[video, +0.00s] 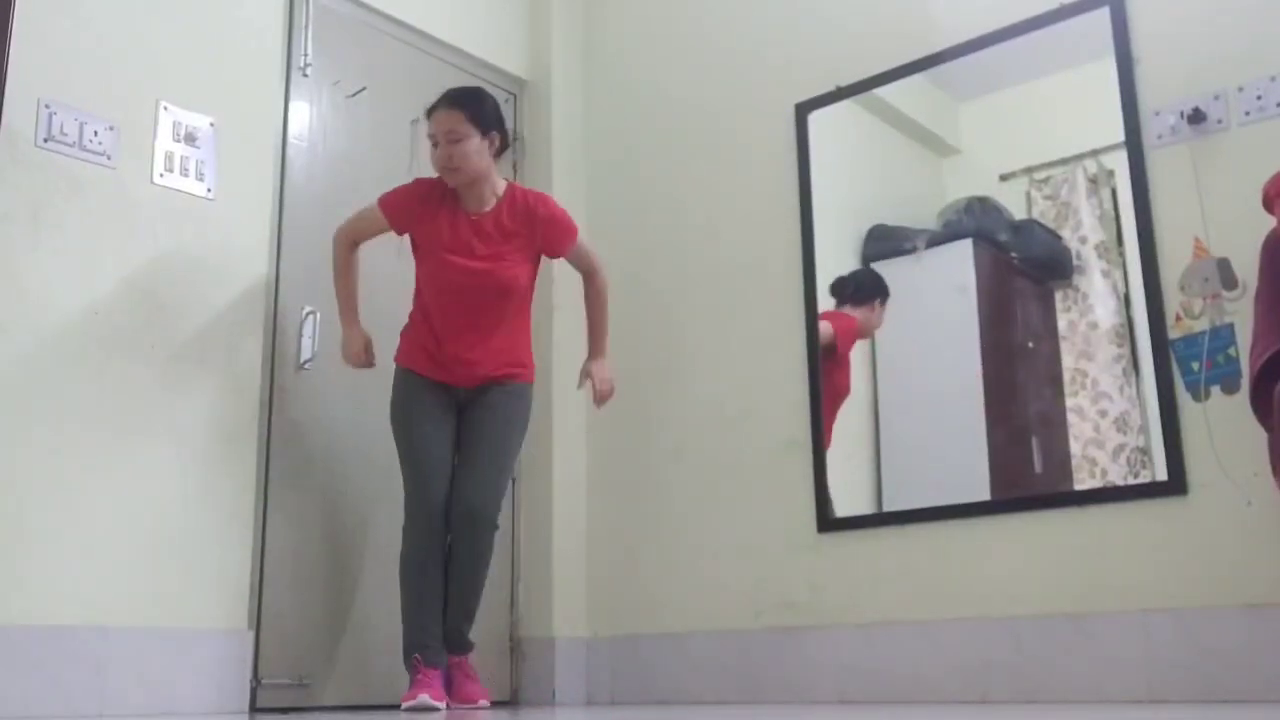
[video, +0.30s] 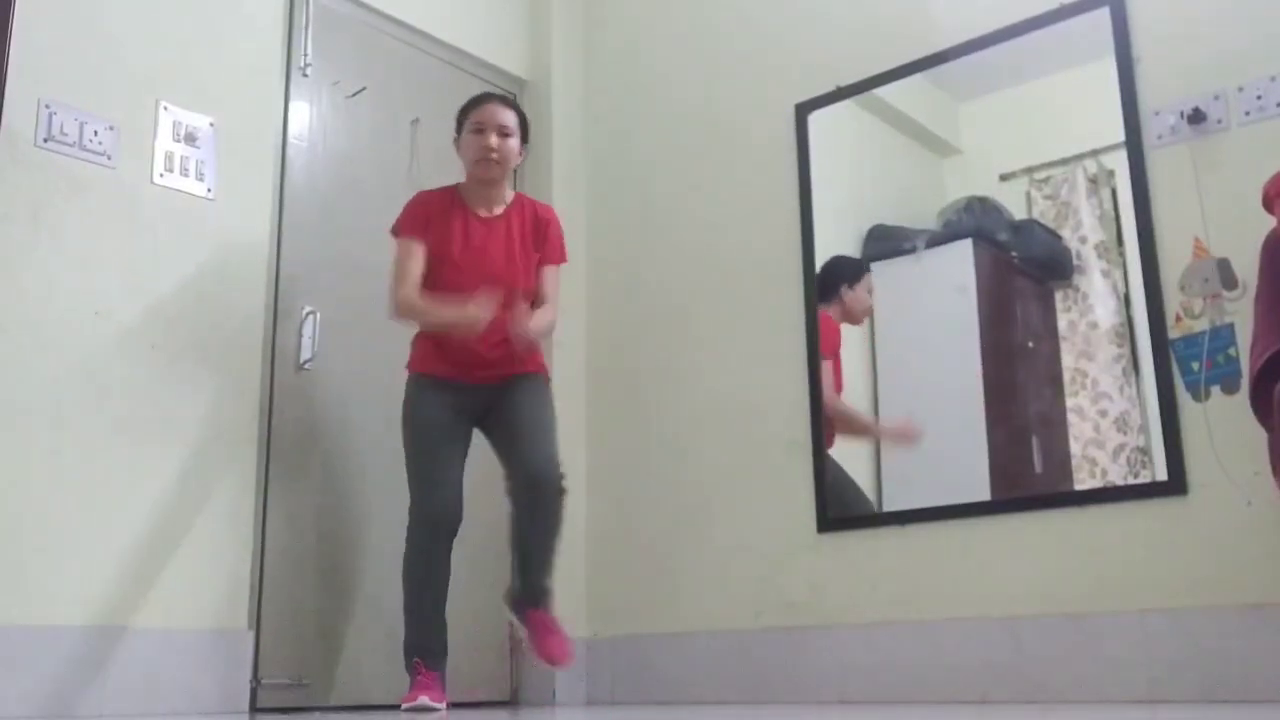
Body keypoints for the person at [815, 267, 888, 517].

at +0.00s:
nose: (881, 321)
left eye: (883, 312)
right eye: (883, 311)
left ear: (844, 299)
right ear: (876, 305)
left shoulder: (830, 323)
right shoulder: (845, 324)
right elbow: (807, 335)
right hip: (805, 460)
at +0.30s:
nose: (871, 303)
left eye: (871, 294)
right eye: (868, 292)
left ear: (845, 291)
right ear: (845, 291)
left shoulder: (822, 324)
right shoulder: (824, 324)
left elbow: (828, 414)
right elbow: (827, 403)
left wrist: (880, 430)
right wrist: (881, 430)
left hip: (812, 453)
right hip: (809, 454)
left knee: (863, 520)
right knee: (865, 519)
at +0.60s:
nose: (878, 275)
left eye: (875, 266)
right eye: (871, 265)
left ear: (848, 271)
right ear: (847, 271)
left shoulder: (826, 306)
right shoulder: (840, 299)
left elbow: (872, 391)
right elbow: (877, 368)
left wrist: (928, 362)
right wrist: (933, 354)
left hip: (817, 439)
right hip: (819, 439)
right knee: (841, 530)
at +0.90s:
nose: (894, 269)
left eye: (895, 261)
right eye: (885, 259)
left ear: (853, 267)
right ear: (855, 263)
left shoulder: (832, 293)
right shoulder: (858, 290)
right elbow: (850, 349)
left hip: (818, 425)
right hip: (830, 427)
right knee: (860, 514)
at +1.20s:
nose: (901, 268)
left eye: (902, 258)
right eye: (895, 256)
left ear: (869, 259)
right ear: (869, 257)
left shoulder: (838, 286)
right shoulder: (863, 282)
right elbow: (831, 301)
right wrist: (826, 380)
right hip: (841, 418)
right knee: (860, 513)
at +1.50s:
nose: (889, 267)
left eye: (888, 257)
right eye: (886, 256)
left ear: (840, 258)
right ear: (867, 257)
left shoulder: (824, 291)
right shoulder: (857, 291)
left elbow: (853, 385)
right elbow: (881, 373)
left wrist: (911, 375)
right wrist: (924, 367)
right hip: (829, 422)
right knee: (860, 517)